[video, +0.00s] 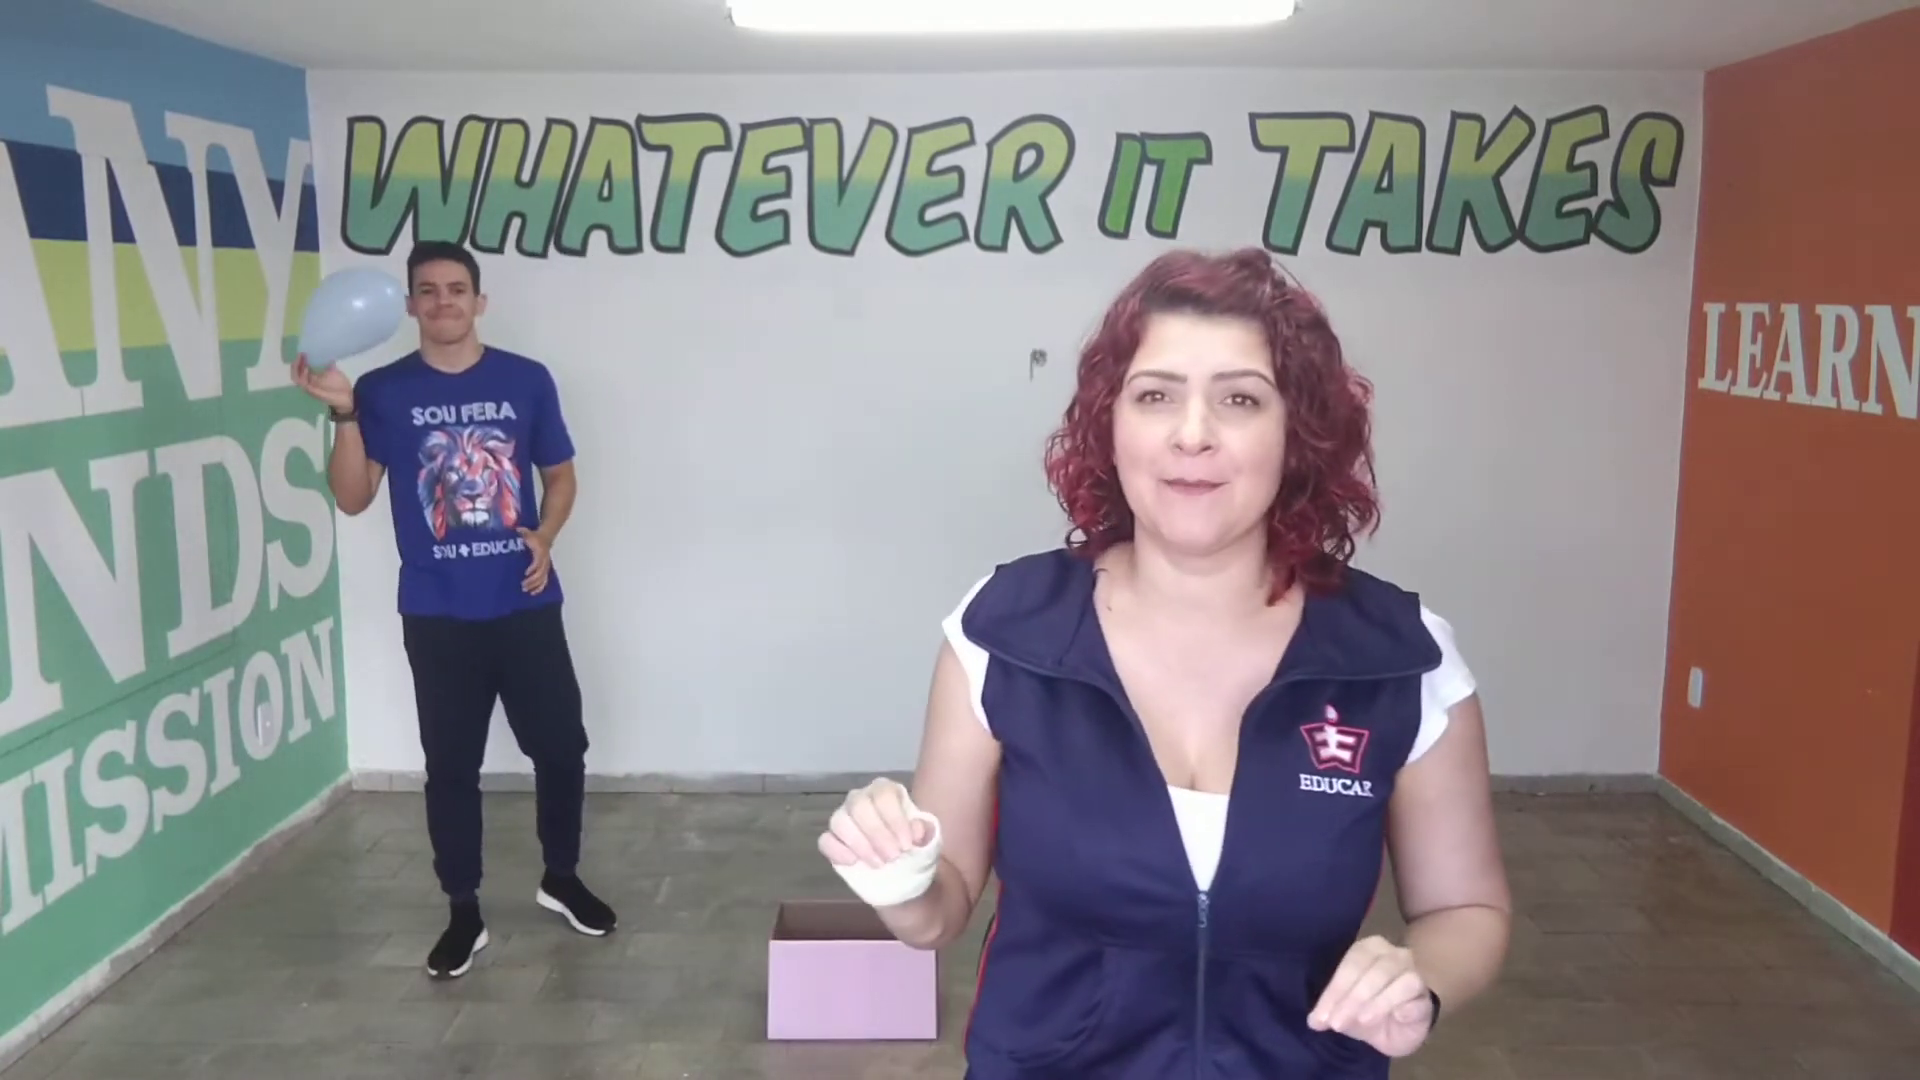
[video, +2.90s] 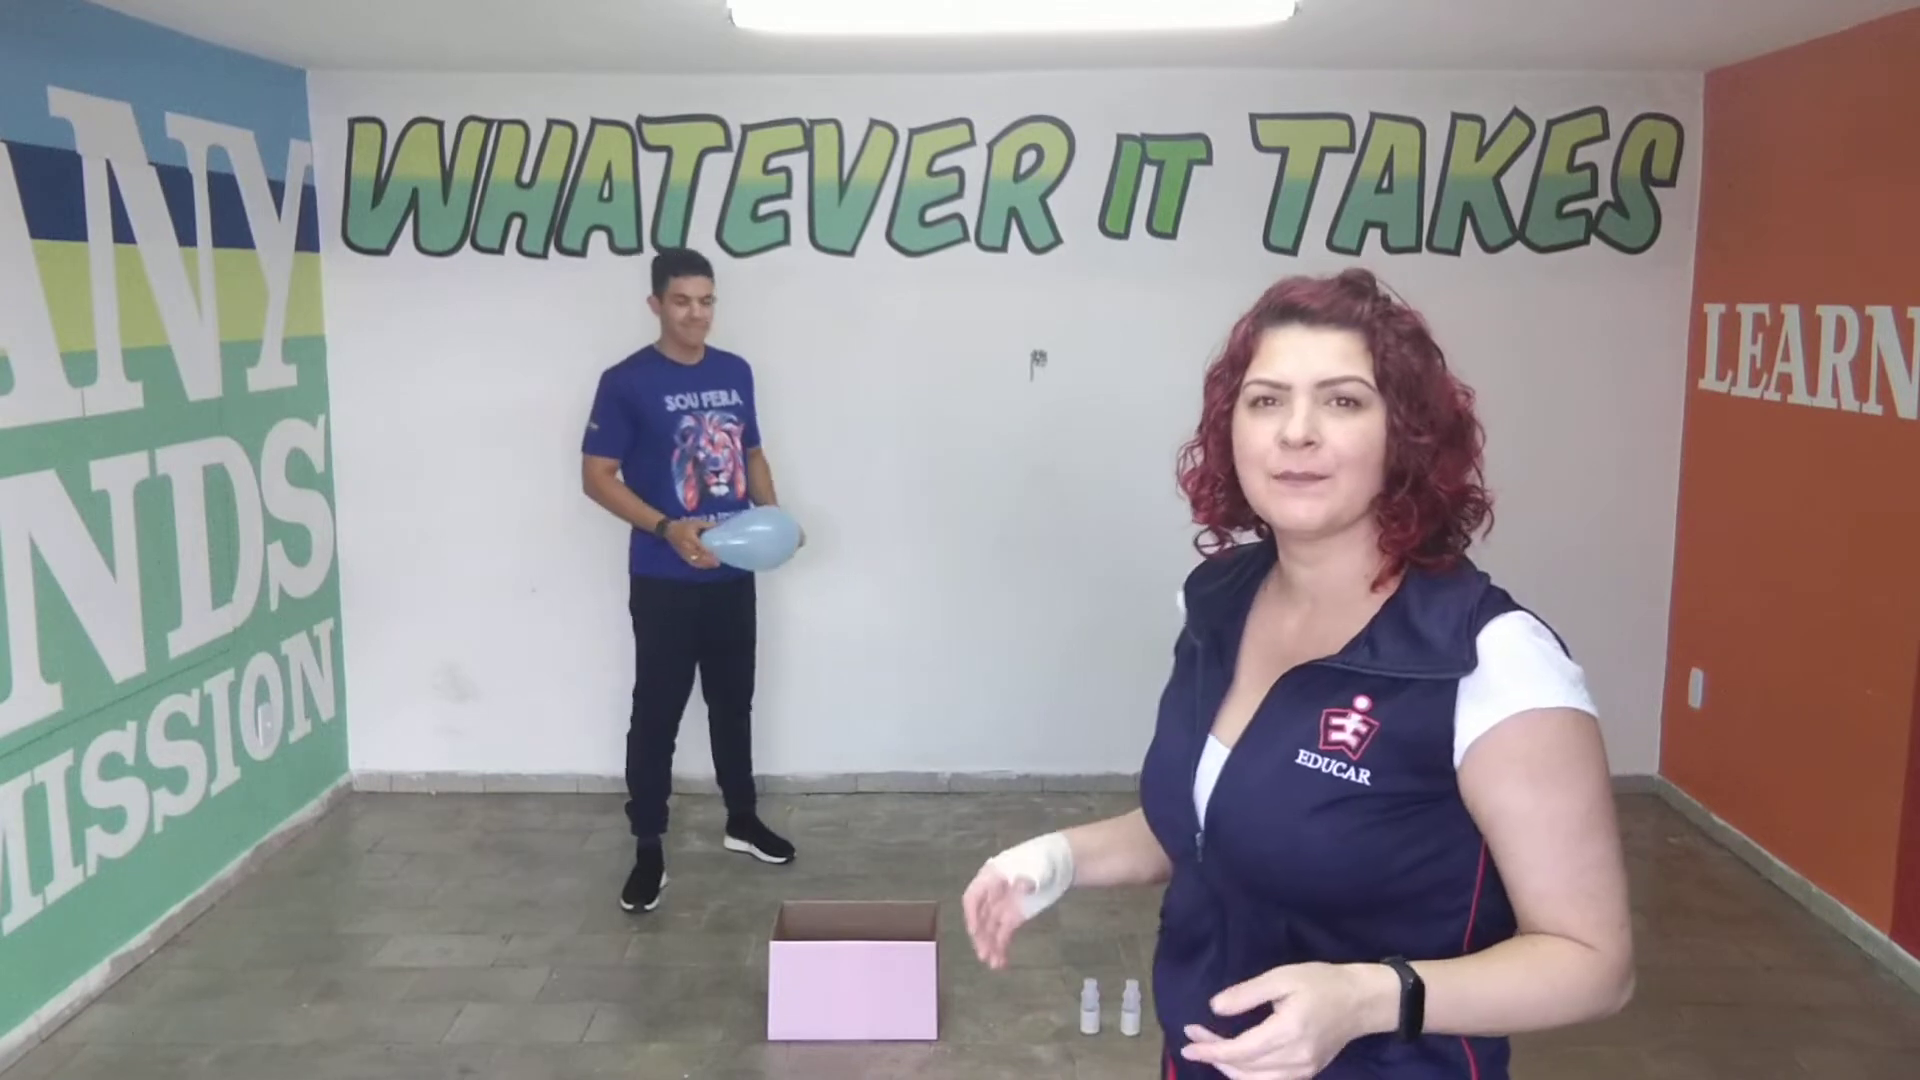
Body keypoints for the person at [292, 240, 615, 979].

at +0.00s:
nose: (441, 303)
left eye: (454, 290)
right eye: (427, 292)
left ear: (478, 301)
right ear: (411, 305)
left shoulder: (525, 381)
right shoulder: (383, 392)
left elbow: (561, 475)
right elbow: (352, 499)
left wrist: (545, 532)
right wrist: (346, 412)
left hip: (527, 609)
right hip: (438, 618)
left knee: (562, 747)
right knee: (449, 770)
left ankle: (562, 879)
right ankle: (463, 914)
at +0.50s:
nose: (506, 323)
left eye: (515, 310)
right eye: (492, 309)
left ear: (521, 311)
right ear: (452, 306)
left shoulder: (548, 387)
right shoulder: (402, 393)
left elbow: (578, 482)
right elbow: (356, 499)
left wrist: (570, 528)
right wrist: (393, 497)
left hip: (542, 615)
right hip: (454, 622)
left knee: (575, 767)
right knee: (460, 774)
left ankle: (609, 917)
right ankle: (465, 914)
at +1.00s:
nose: (611, 341)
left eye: (621, 328)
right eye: (601, 325)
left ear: (626, 322)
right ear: (561, 307)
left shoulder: (640, 395)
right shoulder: (495, 379)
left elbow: (661, 497)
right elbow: (451, 472)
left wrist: (630, 559)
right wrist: (478, 533)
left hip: (605, 617)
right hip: (516, 614)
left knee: (611, 770)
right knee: (489, 766)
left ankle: (612, 920)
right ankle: (467, 909)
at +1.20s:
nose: (642, 347)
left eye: (653, 334)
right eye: (633, 330)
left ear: (660, 328)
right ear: (595, 310)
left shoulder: (671, 397)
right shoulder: (529, 375)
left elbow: (696, 499)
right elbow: (484, 464)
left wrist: (660, 565)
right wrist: (501, 533)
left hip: (623, 615)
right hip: (536, 609)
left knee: (618, 770)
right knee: (519, 758)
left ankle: (612, 922)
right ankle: (521, 900)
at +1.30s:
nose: (652, 345)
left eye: (662, 334)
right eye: (643, 329)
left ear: (668, 327)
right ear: (606, 307)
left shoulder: (679, 399)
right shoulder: (538, 374)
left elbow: (705, 500)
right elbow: (496, 462)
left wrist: (673, 560)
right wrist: (511, 533)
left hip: (628, 615)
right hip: (543, 608)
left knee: (622, 765)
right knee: (533, 751)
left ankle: (612, 917)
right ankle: (583, 863)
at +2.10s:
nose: (631, 335)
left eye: (640, 322)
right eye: (618, 323)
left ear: (650, 313)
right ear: (586, 317)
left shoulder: (684, 378)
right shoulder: (555, 390)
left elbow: (723, 468)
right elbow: (538, 477)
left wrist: (694, 530)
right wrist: (555, 534)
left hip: (674, 582)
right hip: (601, 586)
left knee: (675, 729)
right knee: (625, 728)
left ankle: (685, 884)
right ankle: (646, 851)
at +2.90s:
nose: (696, 312)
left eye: (705, 301)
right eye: (683, 301)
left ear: (714, 305)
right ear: (657, 305)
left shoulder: (734, 373)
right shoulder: (626, 382)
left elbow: (751, 456)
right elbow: (598, 478)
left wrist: (771, 522)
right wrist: (664, 525)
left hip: (732, 575)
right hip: (665, 579)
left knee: (733, 704)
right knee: (656, 717)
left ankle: (742, 819)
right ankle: (648, 852)